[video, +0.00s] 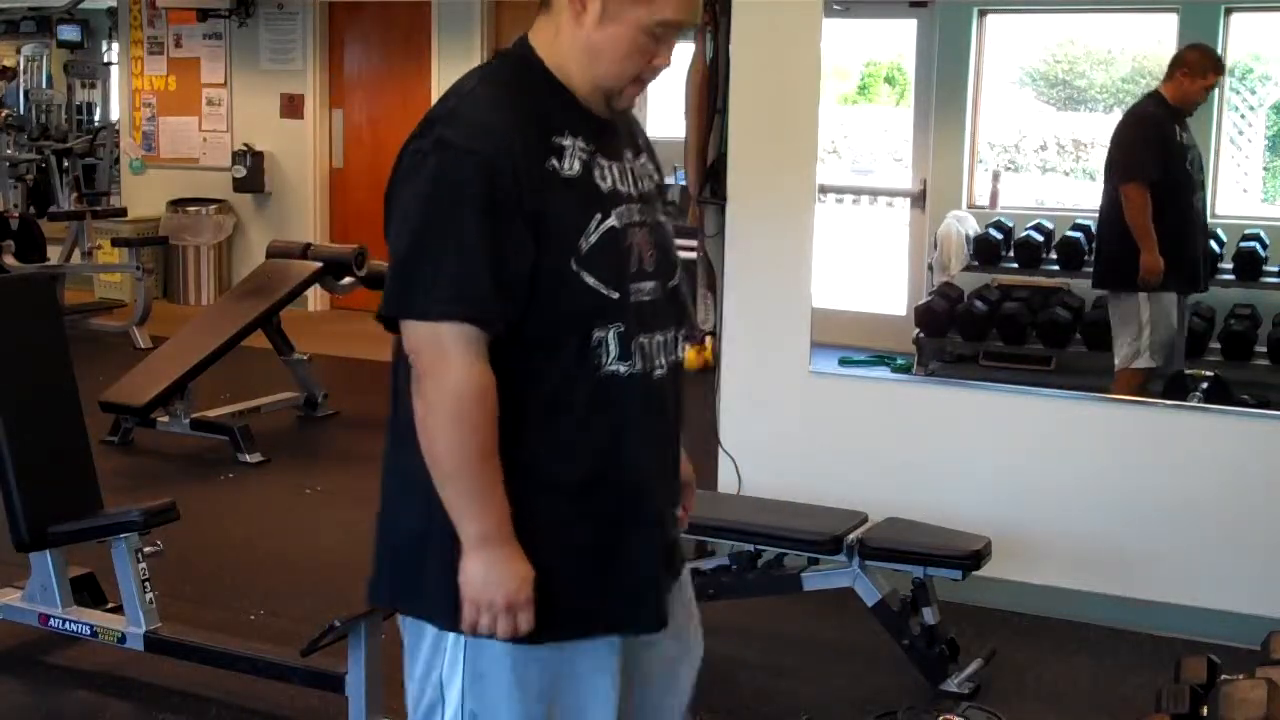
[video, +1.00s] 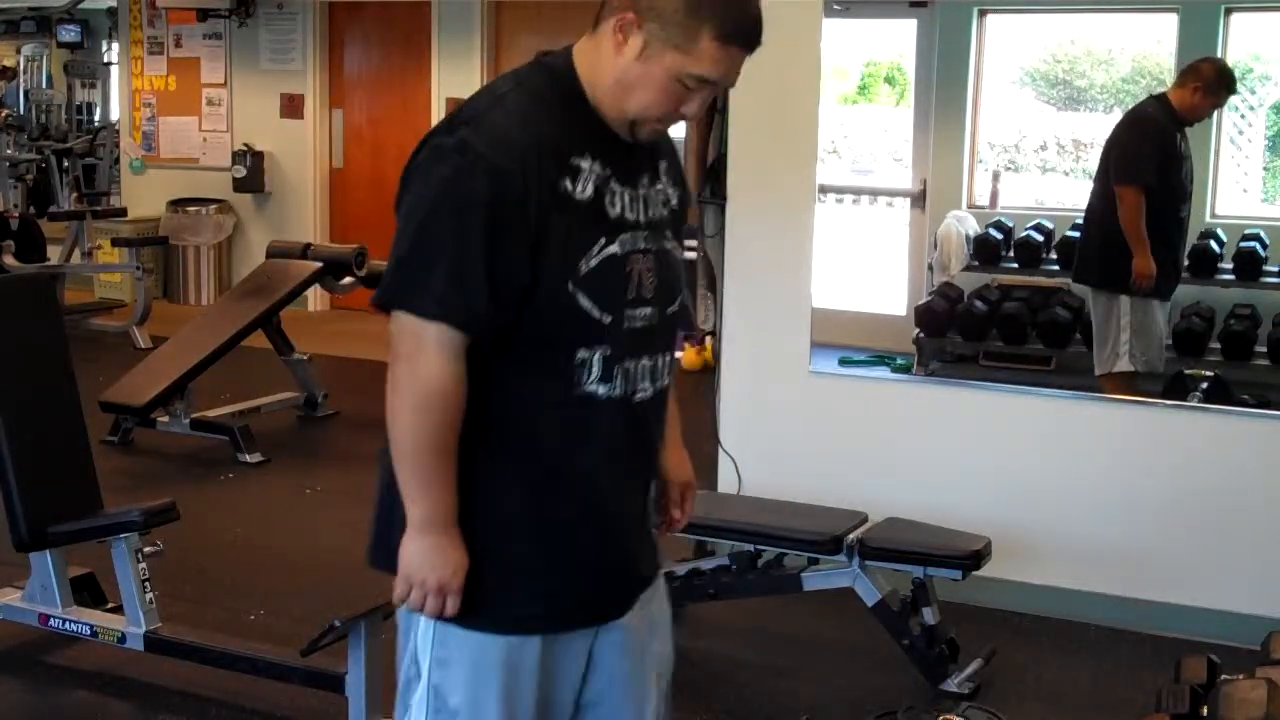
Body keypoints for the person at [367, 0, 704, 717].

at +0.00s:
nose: (666, 61)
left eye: (675, 39)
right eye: (657, 34)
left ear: (586, 13)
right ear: (583, 8)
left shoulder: (621, 134)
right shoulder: (472, 138)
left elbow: (620, 322)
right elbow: (443, 353)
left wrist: (660, 448)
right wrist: (486, 542)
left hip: (634, 549)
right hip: (514, 572)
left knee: (658, 695)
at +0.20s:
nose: (682, 82)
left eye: (696, 63)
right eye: (672, 56)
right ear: (604, 14)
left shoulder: (640, 147)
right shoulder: (479, 142)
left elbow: (643, 334)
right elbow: (437, 349)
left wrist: (659, 473)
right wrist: (445, 542)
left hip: (626, 555)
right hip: (507, 577)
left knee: (634, 705)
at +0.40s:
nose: (709, 96)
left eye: (726, 74)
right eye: (701, 66)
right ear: (633, 18)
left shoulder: (673, 142)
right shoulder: (508, 141)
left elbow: (658, 331)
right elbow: (451, 333)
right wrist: (446, 518)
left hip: (644, 551)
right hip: (522, 569)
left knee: (636, 707)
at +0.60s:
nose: (720, 106)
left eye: (740, 86)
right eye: (711, 75)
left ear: (756, 76)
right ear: (651, 22)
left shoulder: (697, 147)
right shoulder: (518, 135)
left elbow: (698, 315)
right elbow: (460, 319)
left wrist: (703, 442)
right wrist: (473, 497)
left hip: (655, 525)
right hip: (532, 532)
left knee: (653, 713)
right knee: (516, 711)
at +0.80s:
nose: (708, 101)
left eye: (727, 79)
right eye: (698, 70)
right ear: (635, 19)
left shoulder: (691, 139)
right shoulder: (502, 136)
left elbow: (692, 311)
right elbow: (442, 323)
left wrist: (701, 438)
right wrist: (445, 507)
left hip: (645, 541)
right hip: (515, 550)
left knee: (634, 714)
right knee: (496, 711)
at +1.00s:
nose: (695, 112)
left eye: (713, 93)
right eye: (688, 83)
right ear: (624, 31)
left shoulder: (653, 153)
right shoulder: (484, 148)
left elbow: (648, 321)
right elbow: (421, 341)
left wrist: (668, 442)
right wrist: (429, 525)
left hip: (622, 554)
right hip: (491, 571)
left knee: (626, 709)